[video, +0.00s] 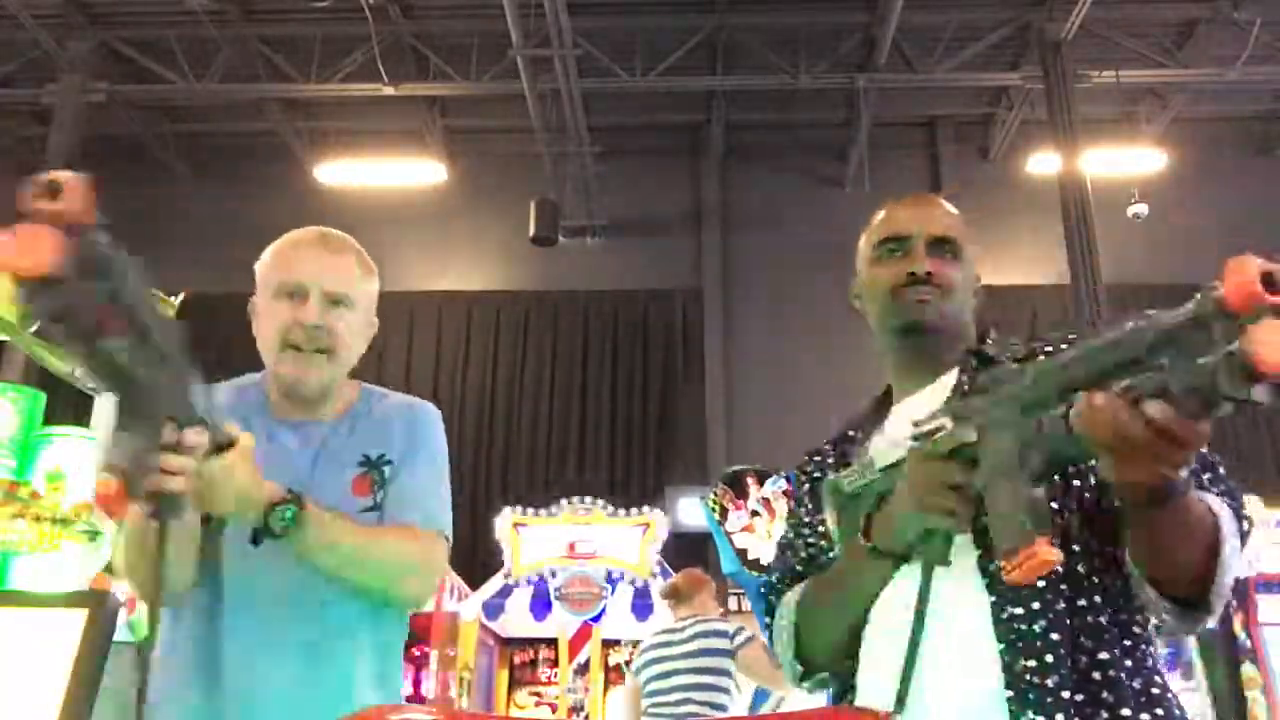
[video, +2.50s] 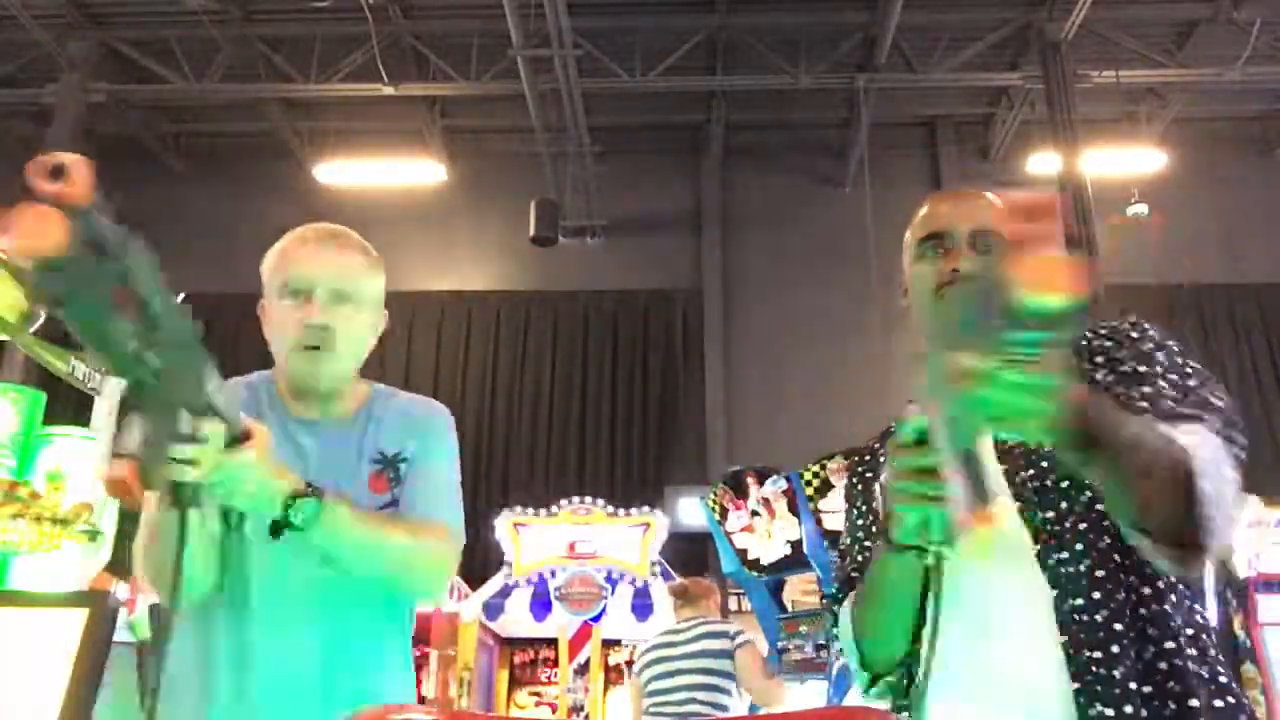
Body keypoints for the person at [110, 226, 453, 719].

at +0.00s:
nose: (312, 318)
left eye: (338, 303)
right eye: (292, 296)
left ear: (369, 331)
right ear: (254, 312)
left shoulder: (410, 427)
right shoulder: (194, 415)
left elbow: (417, 576)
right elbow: (156, 585)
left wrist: (265, 504)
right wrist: (167, 499)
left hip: (348, 709)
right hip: (196, 708)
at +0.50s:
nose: (284, 320)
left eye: (310, 302)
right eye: (265, 296)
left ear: (351, 323)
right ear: (236, 310)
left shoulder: (397, 418)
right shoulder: (182, 417)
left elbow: (415, 566)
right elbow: (139, 584)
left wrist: (296, 490)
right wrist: (137, 488)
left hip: (343, 707)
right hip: (193, 707)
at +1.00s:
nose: (304, 347)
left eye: (329, 325)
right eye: (284, 325)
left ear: (373, 337)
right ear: (260, 334)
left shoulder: (430, 447)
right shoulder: (216, 425)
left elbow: (477, 593)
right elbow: (152, 558)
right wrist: (183, 463)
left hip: (365, 710)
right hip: (216, 707)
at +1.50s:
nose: (210, 266)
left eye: (239, 241)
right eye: (188, 241)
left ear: (291, 262)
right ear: (162, 255)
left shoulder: (357, 393)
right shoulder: (111, 368)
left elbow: (393, 570)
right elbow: (28, 525)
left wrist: (329, 648)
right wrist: (66, 413)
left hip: (275, 711)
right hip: (102, 706)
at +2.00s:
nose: (337, 303)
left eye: (361, 285)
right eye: (316, 281)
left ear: (400, 310)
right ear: (286, 300)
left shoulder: (446, 417)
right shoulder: (230, 399)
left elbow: (470, 572)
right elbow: (187, 558)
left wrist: (351, 479)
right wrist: (187, 509)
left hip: (389, 704)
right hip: (241, 702)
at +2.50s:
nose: (316, 317)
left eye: (342, 299)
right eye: (297, 296)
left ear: (377, 325)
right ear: (264, 316)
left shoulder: (419, 426)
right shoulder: (208, 414)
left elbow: (431, 570)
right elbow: (171, 587)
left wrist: (284, 494)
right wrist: (171, 480)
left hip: (359, 707)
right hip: (212, 706)